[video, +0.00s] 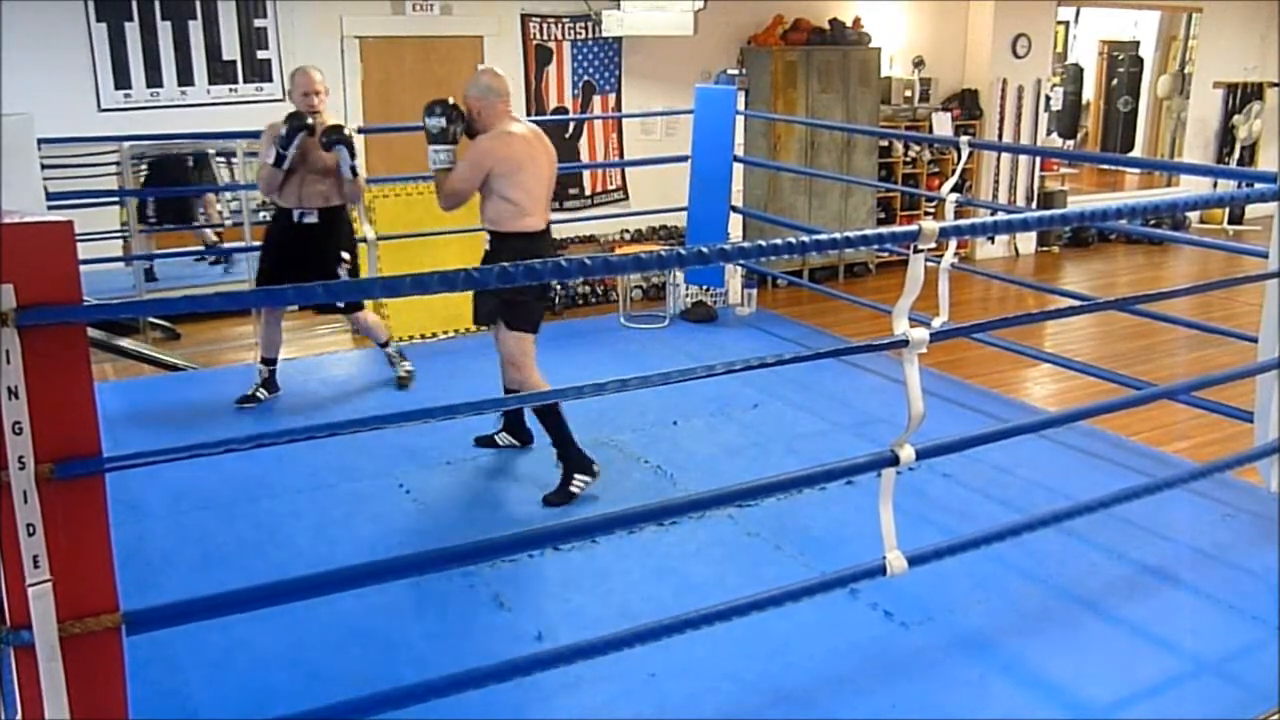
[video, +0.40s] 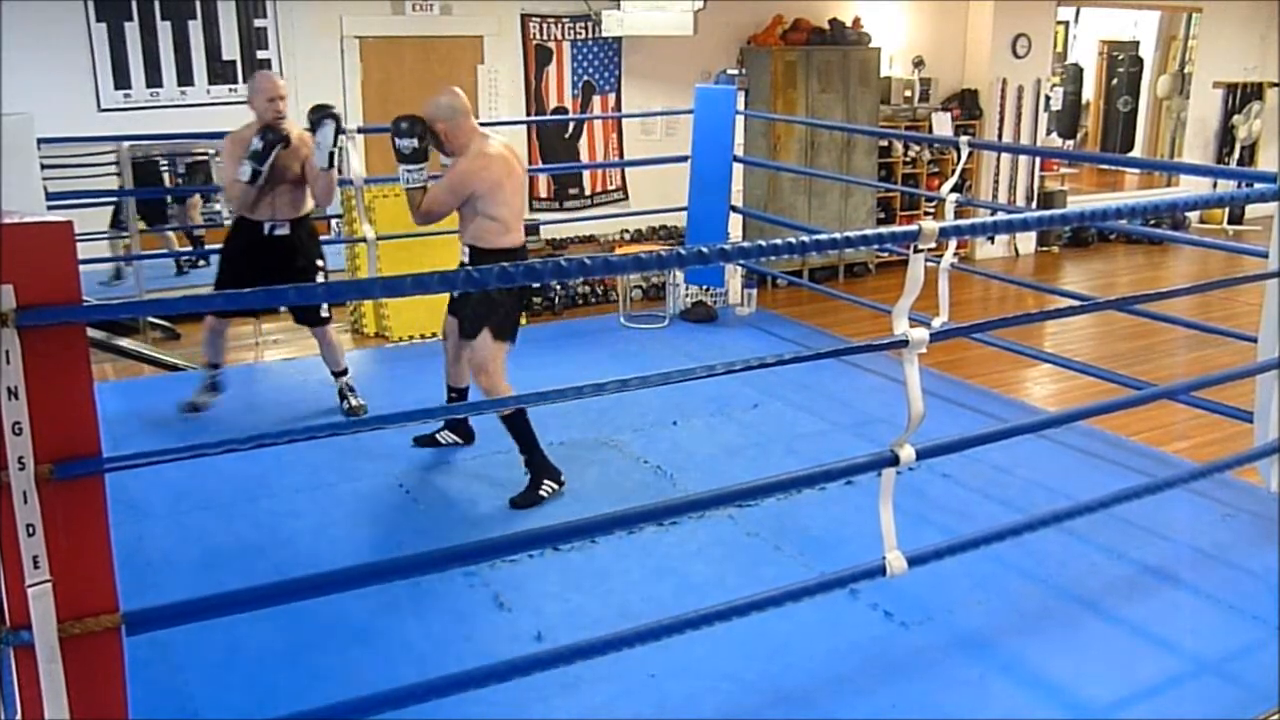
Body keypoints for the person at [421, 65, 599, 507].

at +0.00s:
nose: (466, 115)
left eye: (468, 107)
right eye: (466, 107)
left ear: (488, 105)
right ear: (505, 102)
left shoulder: (491, 144)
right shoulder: (538, 137)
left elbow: (448, 197)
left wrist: (443, 149)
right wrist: (472, 145)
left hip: (512, 252)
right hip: (539, 247)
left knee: (520, 368)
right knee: (507, 341)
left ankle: (576, 462)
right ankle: (515, 426)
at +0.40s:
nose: (436, 140)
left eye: (436, 132)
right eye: (433, 133)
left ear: (449, 128)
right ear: (468, 119)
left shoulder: (472, 165)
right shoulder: (501, 148)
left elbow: (423, 213)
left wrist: (409, 168)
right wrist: (443, 152)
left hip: (495, 270)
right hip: (488, 264)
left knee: (486, 372)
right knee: (453, 338)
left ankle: (543, 470)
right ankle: (457, 423)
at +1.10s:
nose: (410, 128)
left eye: (415, 120)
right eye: (409, 121)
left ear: (440, 118)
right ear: (443, 118)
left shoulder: (464, 157)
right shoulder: (447, 150)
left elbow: (417, 218)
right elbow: (423, 212)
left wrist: (401, 168)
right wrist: (412, 165)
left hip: (485, 265)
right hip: (449, 261)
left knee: (505, 362)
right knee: (402, 331)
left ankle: (552, 454)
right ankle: (393, 419)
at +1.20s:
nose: (388, 137)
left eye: (393, 129)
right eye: (387, 129)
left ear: (418, 127)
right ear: (413, 128)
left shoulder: (441, 162)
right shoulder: (419, 152)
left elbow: (407, 231)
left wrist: (383, 185)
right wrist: (381, 167)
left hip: (466, 265)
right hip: (428, 262)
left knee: (498, 366)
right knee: (387, 347)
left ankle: (552, 456)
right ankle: (364, 431)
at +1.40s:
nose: (358, 143)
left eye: (362, 137)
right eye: (357, 137)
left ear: (387, 139)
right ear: (391, 137)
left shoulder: (437, 168)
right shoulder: (383, 157)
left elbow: (433, 241)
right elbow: (328, 162)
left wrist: (392, 204)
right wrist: (276, 160)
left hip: (457, 257)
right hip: (415, 259)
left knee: (485, 356)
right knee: (380, 349)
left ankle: (527, 443)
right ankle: (367, 435)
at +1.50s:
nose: (369, 138)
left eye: (374, 131)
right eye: (368, 131)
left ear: (400, 131)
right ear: (398, 131)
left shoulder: (444, 163)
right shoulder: (387, 157)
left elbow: (434, 234)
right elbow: (370, 185)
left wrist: (394, 199)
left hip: (457, 258)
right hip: (411, 257)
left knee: (482, 359)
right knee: (381, 350)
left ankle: (517, 437)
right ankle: (367, 433)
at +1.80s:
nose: (365, 131)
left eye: (371, 124)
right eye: (365, 123)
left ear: (395, 125)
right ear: (386, 123)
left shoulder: (434, 162)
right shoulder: (380, 154)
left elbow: (413, 228)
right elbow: (348, 193)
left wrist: (379, 181)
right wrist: (348, 185)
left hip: (432, 264)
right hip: (386, 259)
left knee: (471, 359)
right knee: (334, 342)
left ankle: (519, 440)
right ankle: (315, 429)